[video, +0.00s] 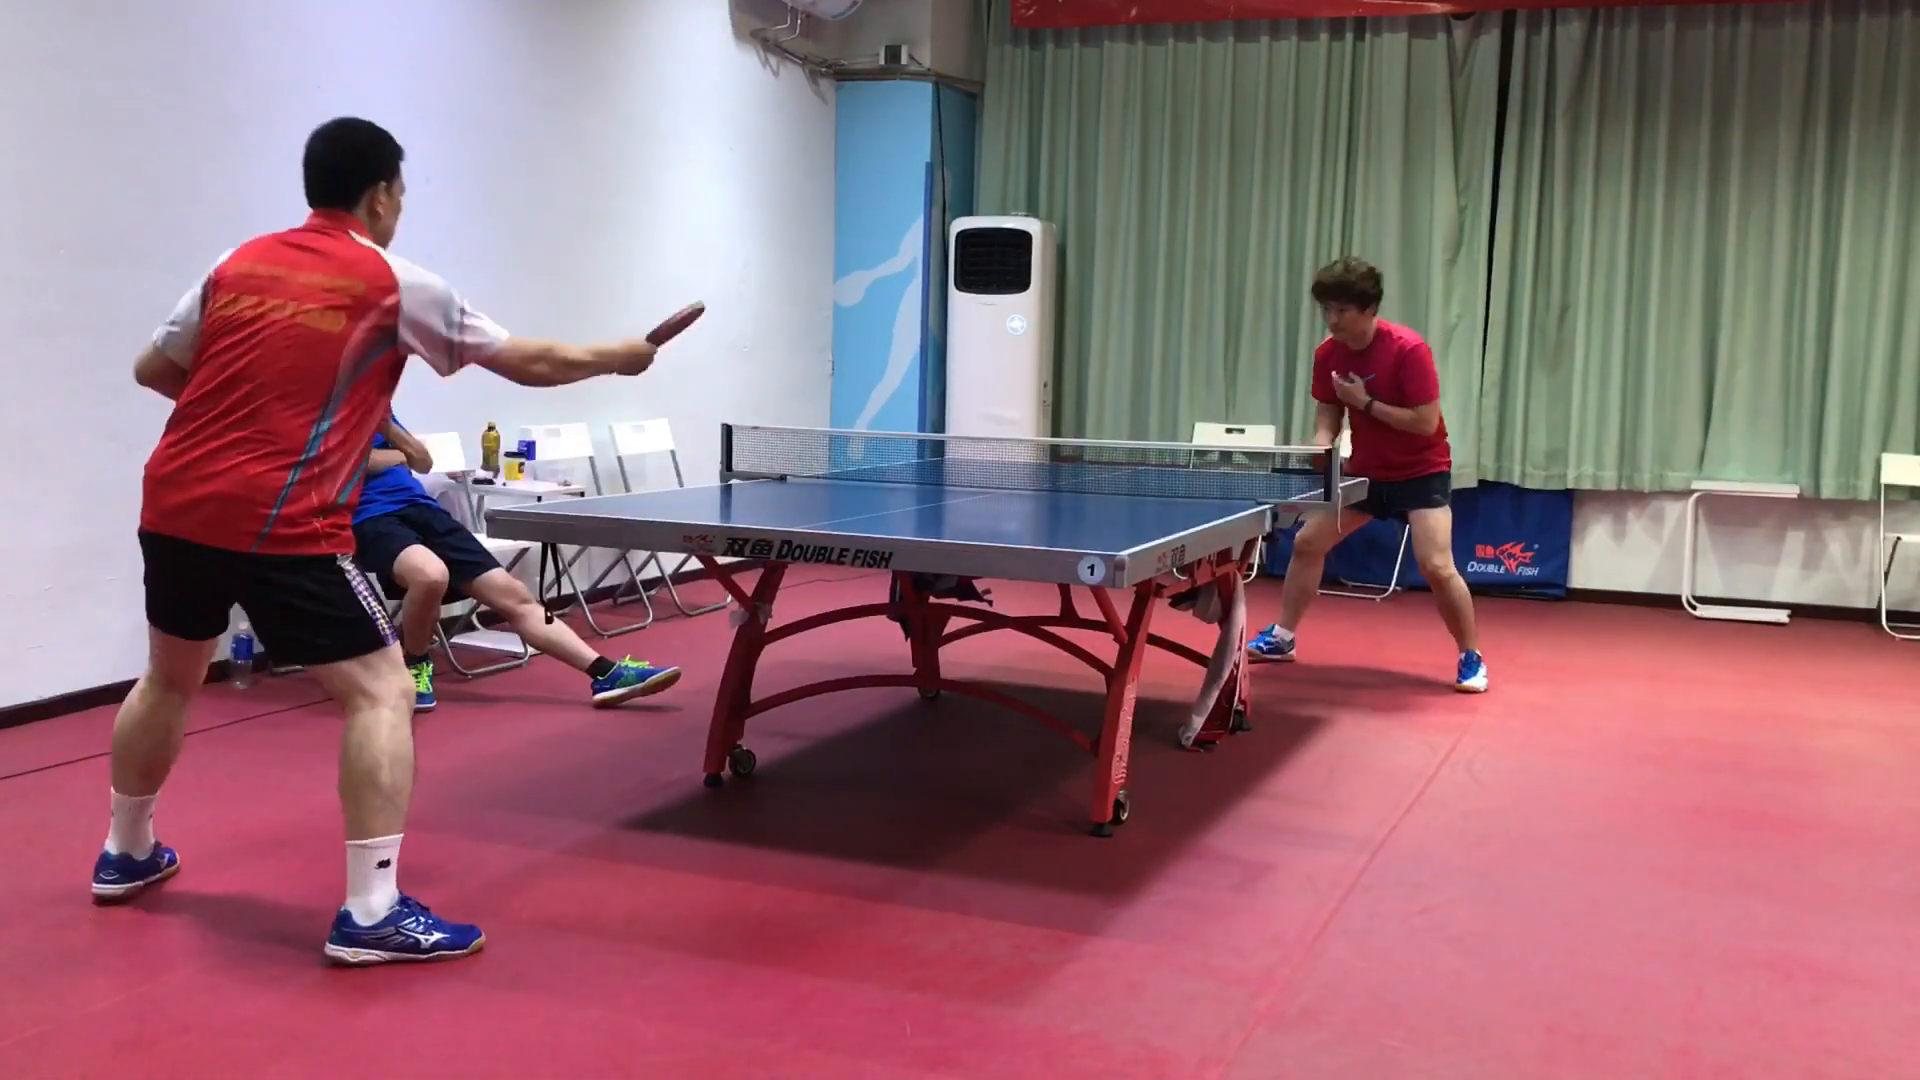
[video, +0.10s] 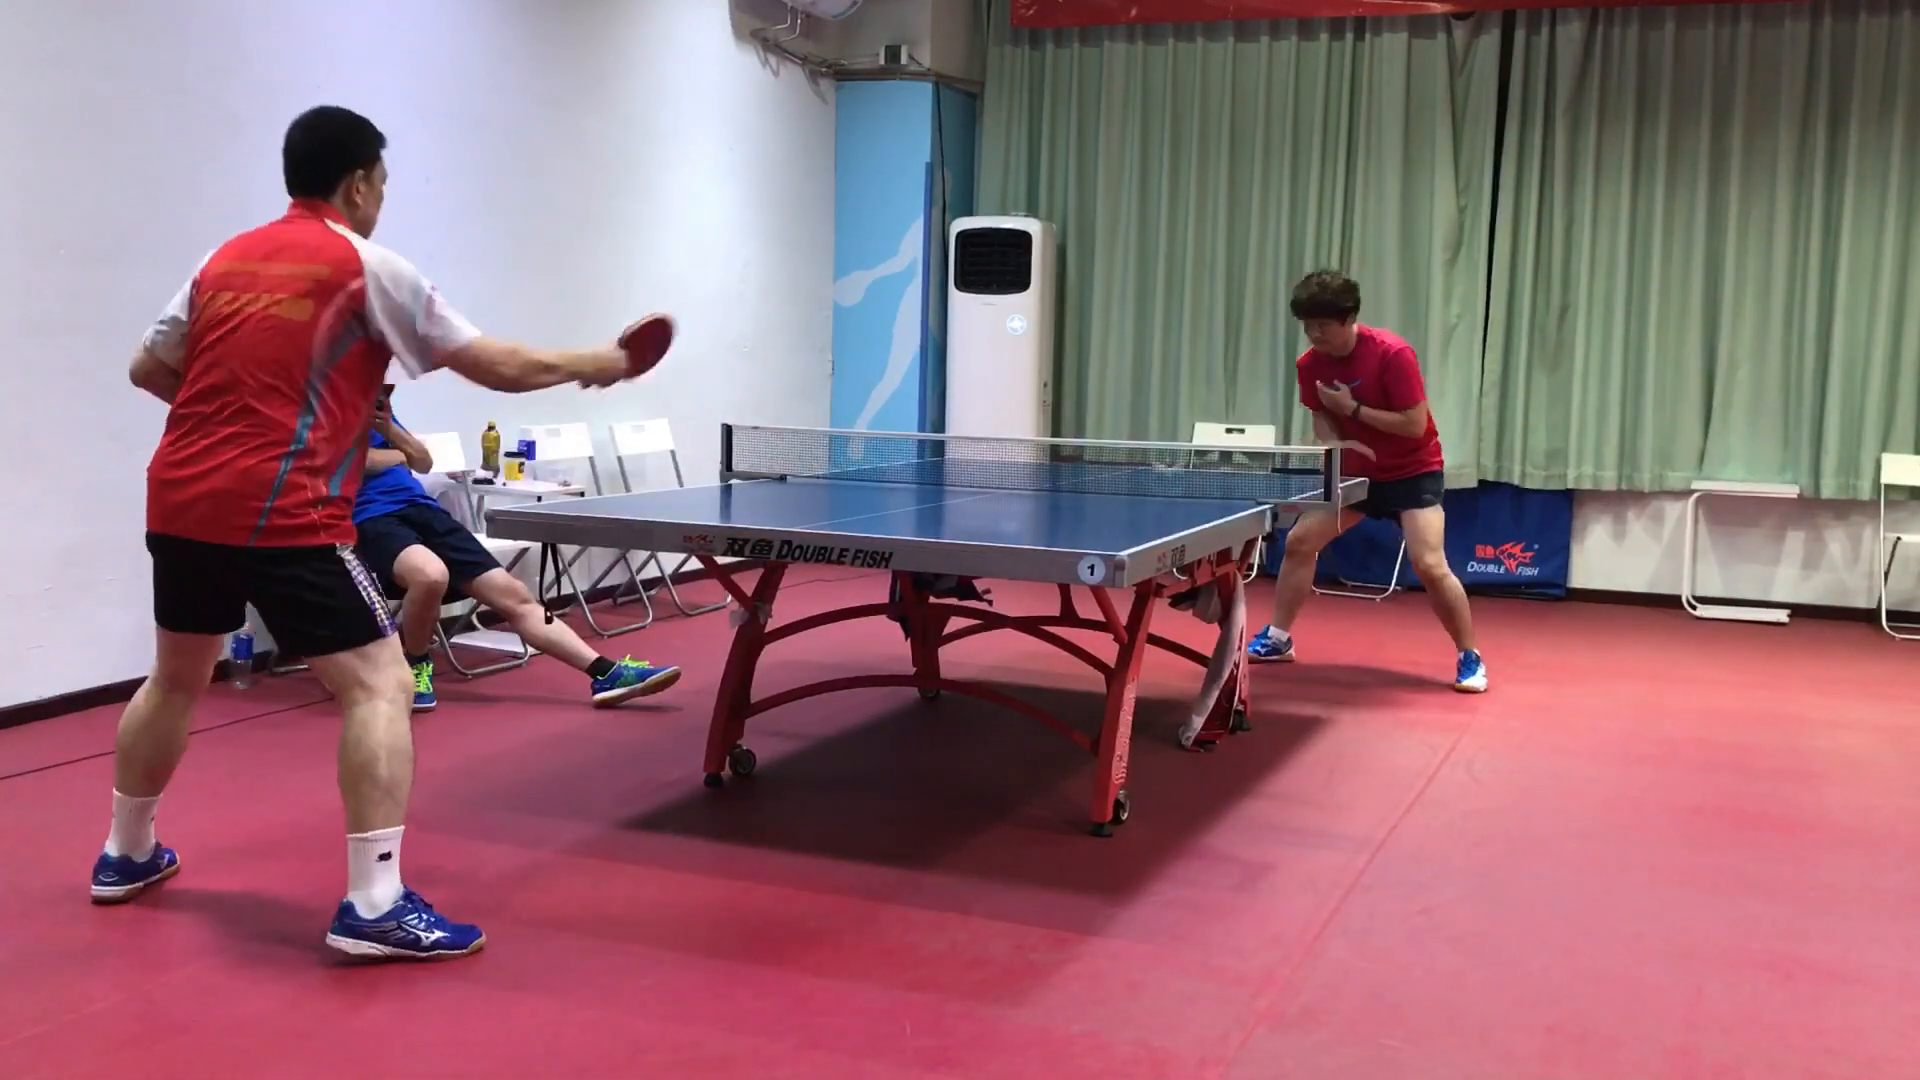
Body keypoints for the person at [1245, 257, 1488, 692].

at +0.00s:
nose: (1330, 320)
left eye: (1338, 311)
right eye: (1327, 311)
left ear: (1367, 308)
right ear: (1326, 310)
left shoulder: (1410, 350)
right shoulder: (1328, 355)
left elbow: (1425, 422)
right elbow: (1328, 412)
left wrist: (1366, 404)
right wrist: (1322, 443)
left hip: (1421, 476)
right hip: (1364, 476)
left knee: (1437, 567)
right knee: (1308, 541)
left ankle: (1470, 656)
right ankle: (1282, 636)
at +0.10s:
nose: (1313, 336)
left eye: (1320, 327)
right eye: (1308, 328)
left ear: (1348, 320)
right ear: (1304, 325)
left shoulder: (1394, 355)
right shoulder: (1310, 366)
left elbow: (1416, 426)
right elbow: (1321, 422)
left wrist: (1354, 409)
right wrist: (1337, 443)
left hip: (1414, 472)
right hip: (1358, 476)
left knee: (1430, 565)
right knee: (1300, 541)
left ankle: (1469, 655)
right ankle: (1277, 637)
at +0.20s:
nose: (1309, 335)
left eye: (1316, 326)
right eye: (1302, 327)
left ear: (1342, 317)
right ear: (1297, 321)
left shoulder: (1389, 349)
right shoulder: (1299, 366)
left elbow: (1417, 415)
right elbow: (1305, 435)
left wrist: (1355, 405)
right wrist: (1300, 429)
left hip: (1409, 467)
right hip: (1349, 473)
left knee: (1433, 559)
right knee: (1296, 541)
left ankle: (1469, 654)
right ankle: (1276, 637)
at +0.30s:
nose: (1311, 324)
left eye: (1319, 314)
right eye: (1304, 315)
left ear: (1344, 308)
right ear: (1299, 313)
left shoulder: (1391, 340)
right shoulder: (1300, 358)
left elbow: (1423, 403)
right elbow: (1299, 428)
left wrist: (1365, 396)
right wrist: (1279, 405)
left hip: (1409, 466)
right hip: (1349, 471)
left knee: (1437, 555)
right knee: (1294, 540)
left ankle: (1470, 654)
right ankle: (1276, 637)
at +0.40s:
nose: (1318, 316)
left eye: (1328, 306)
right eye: (1311, 306)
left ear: (1352, 303)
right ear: (1304, 306)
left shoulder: (1395, 341)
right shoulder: (1304, 354)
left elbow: (1428, 404)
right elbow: (1295, 425)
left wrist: (1372, 396)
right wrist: (1284, 399)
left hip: (1410, 467)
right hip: (1349, 472)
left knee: (1442, 557)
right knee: (1294, 541)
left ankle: (1472, 653)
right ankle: (1276, 637)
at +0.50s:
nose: (1331, 313)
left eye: (1340, 304)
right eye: (1324, 304)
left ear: (1366, 303)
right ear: (1317, 305)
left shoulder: (1407, 345)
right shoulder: (1313, 358)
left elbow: (1436, 411)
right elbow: (1298, 432)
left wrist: (1379, 402)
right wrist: (1287, 411)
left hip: (1419, 473)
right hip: (1354, 478)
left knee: (1446, 559)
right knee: (1297, 542)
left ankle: (1474, 656)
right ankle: (1276, 638)